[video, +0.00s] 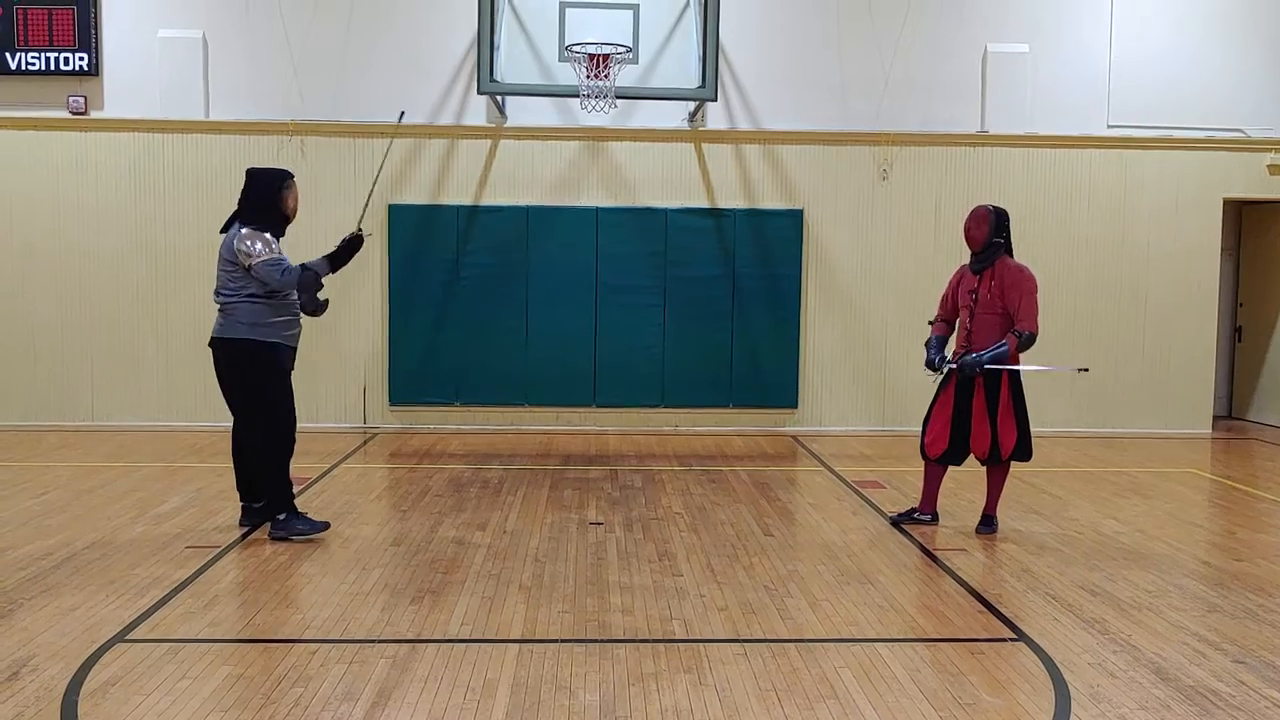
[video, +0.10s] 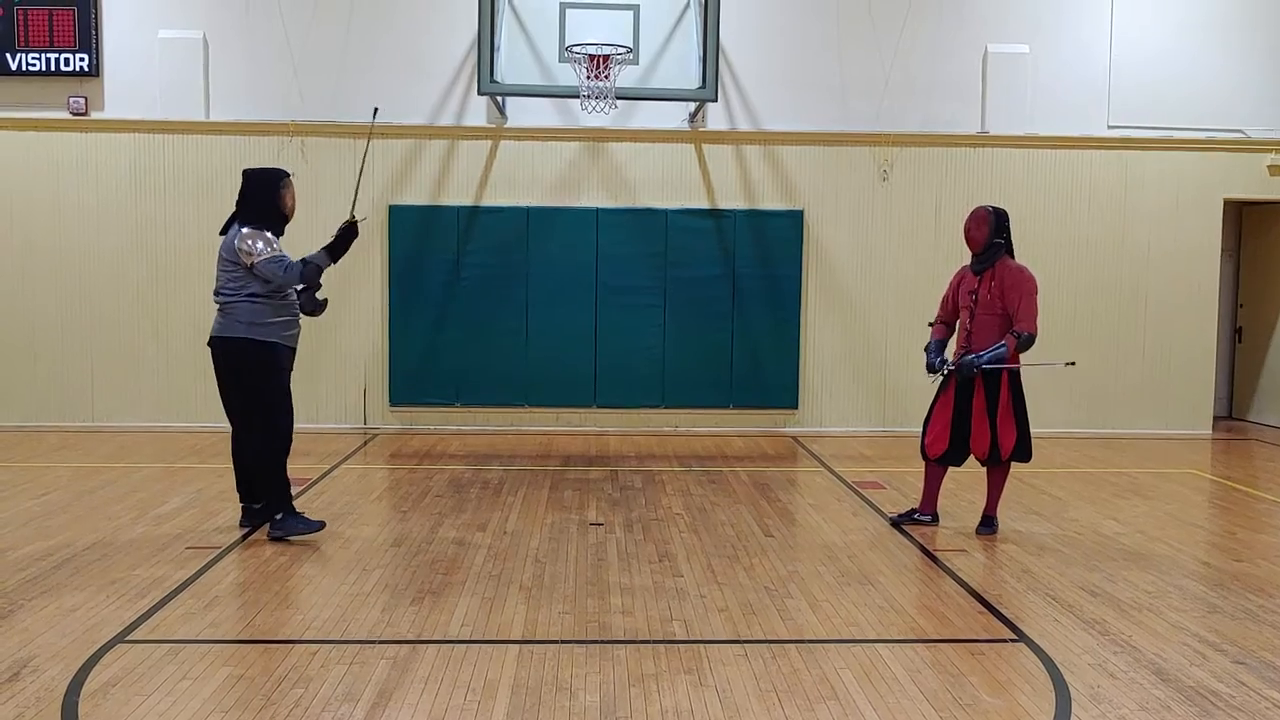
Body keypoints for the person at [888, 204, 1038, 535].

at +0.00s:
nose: (967, 231)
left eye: (975, 225)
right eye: (967, 225)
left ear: (995, 231)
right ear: (970, 230)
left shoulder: (1017, 275)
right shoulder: (964, 274)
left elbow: (1027, 332)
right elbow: (945, 318)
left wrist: (984, 358)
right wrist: (934, 346)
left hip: (997, 374)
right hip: (961, 371)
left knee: (997, 442)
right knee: (937, 433)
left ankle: (989, 514)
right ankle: (926, 508)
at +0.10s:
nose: (967, 232)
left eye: (974, 226)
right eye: (967, 226)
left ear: (995, 231)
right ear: (970, 231)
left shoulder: (1017, 276)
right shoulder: (964, 276)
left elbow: (1026, 333)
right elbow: (945, 319)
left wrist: (982, 359)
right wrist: (934, 349)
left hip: (998, 375)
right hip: (961, 372)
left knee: (997, 443)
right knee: (938, 434)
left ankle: (989, 515)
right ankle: (926, 509)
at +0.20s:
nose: (966, 238)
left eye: (971, 231)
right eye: (965, 232)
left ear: (992, 233)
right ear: (971, 233)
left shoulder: (1018, 277)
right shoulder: (965, 276)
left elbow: (1025, 334)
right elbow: (946, 321)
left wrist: (979, 357)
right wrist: (937, 352)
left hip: (998, 376)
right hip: (960, 373)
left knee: (998, 444)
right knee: (938, 436)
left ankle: (989, 515)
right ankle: (926, 509)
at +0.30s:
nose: (964, 244)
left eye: (969, 237)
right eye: (963, 237)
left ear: (990, 236)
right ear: (967, 238)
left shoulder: (1017, 276)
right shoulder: (964, 277)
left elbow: (1028, 332)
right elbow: (947, 323)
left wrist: (982, 346)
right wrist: (942, 349)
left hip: (998, 373)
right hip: (960, 370)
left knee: (998, 442)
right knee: (938, 435)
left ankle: (989, 516)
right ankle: (926, 510)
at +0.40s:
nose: (964, 249)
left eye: (969, 242)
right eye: (961, 243)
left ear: (989, 239)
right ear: (961, 243)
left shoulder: (1014, 274)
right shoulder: (963, 277)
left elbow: (1037, 324)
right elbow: (948, 325)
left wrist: (988, 333)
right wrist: (944, 359)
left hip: (998, 374)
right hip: (960, 371)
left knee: (998, 442)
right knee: (937, 435)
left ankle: (989, 516)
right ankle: (926, 511)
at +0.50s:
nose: (960, 251)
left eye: (964, 244)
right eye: (957, 245)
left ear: (984, 241)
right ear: (960, 245)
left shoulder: (1011, 271)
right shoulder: (961, 279)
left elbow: (1049, 306)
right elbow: (947, 325)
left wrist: (1004, 328)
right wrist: (944, 363)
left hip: (997, 373)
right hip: (960, 373)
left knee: (998, 443)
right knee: (936, 436)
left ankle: (989, 517)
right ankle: (926, 512)